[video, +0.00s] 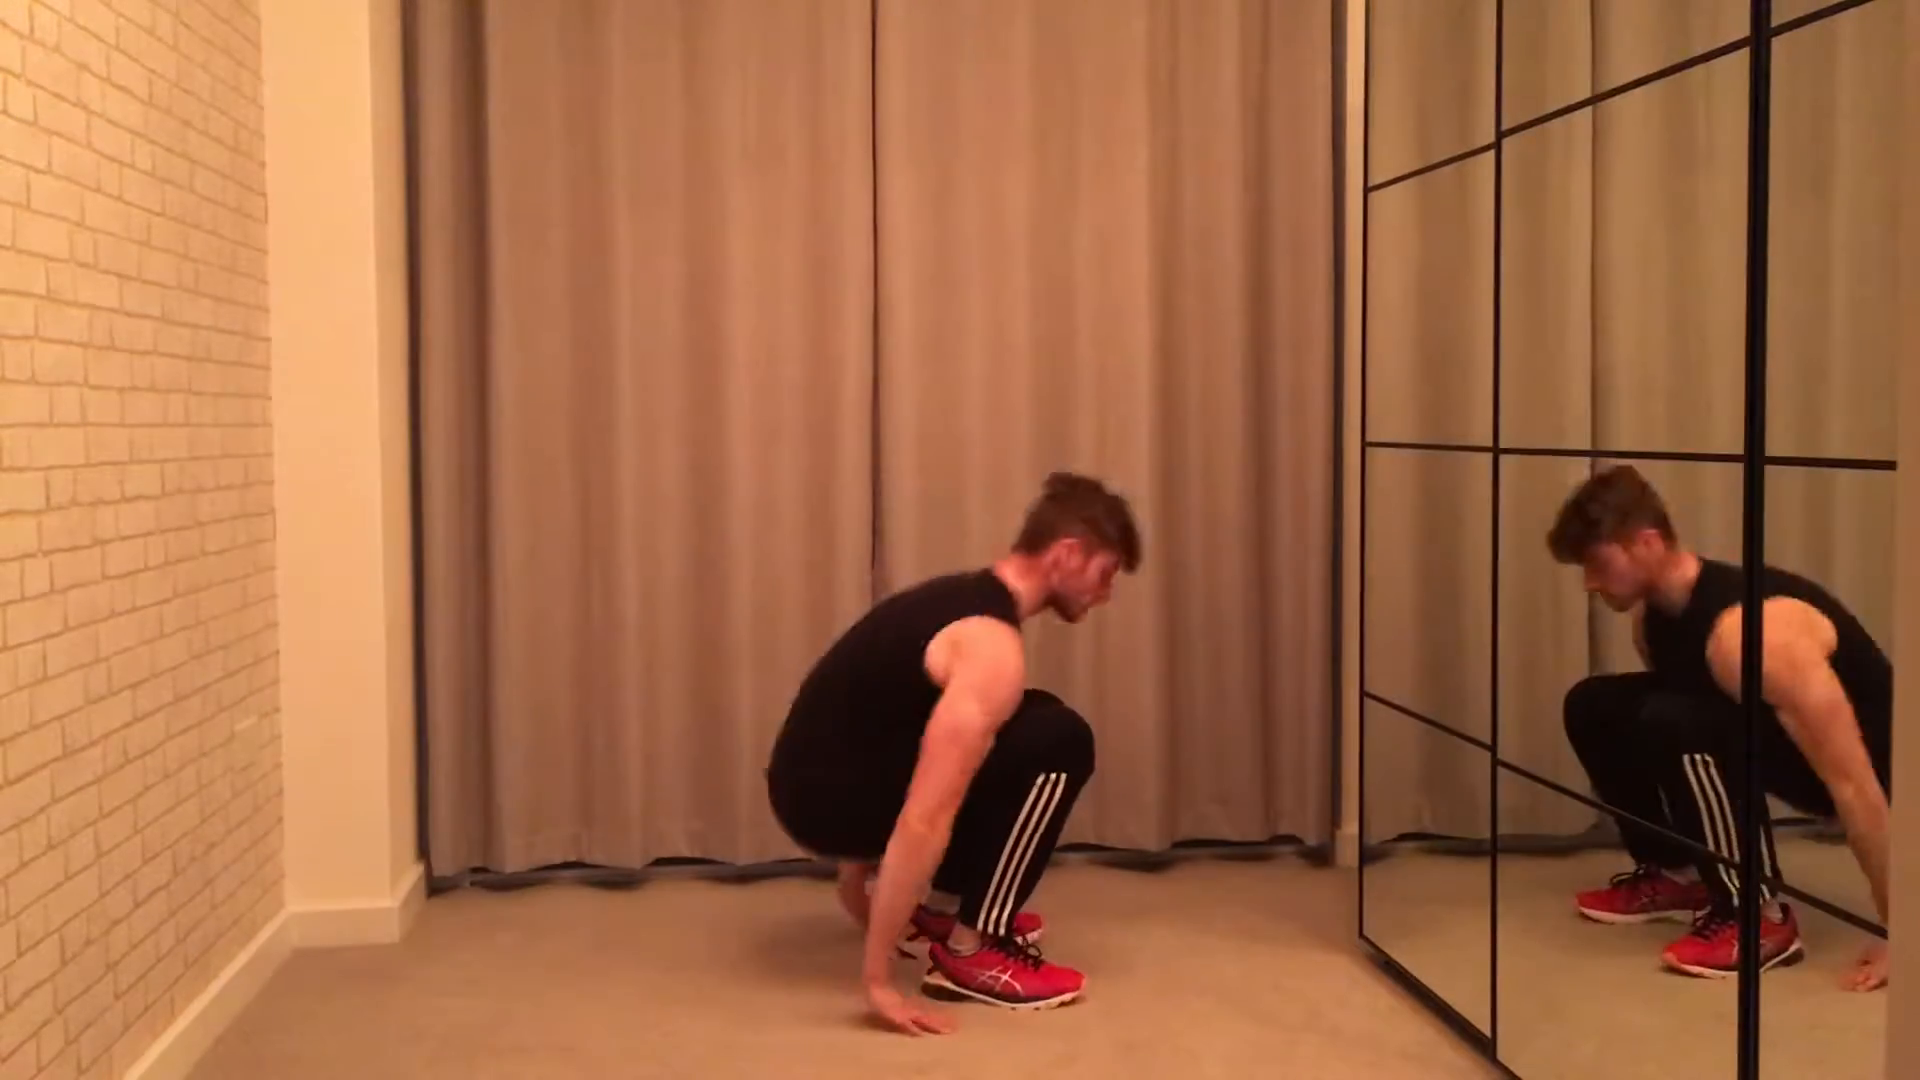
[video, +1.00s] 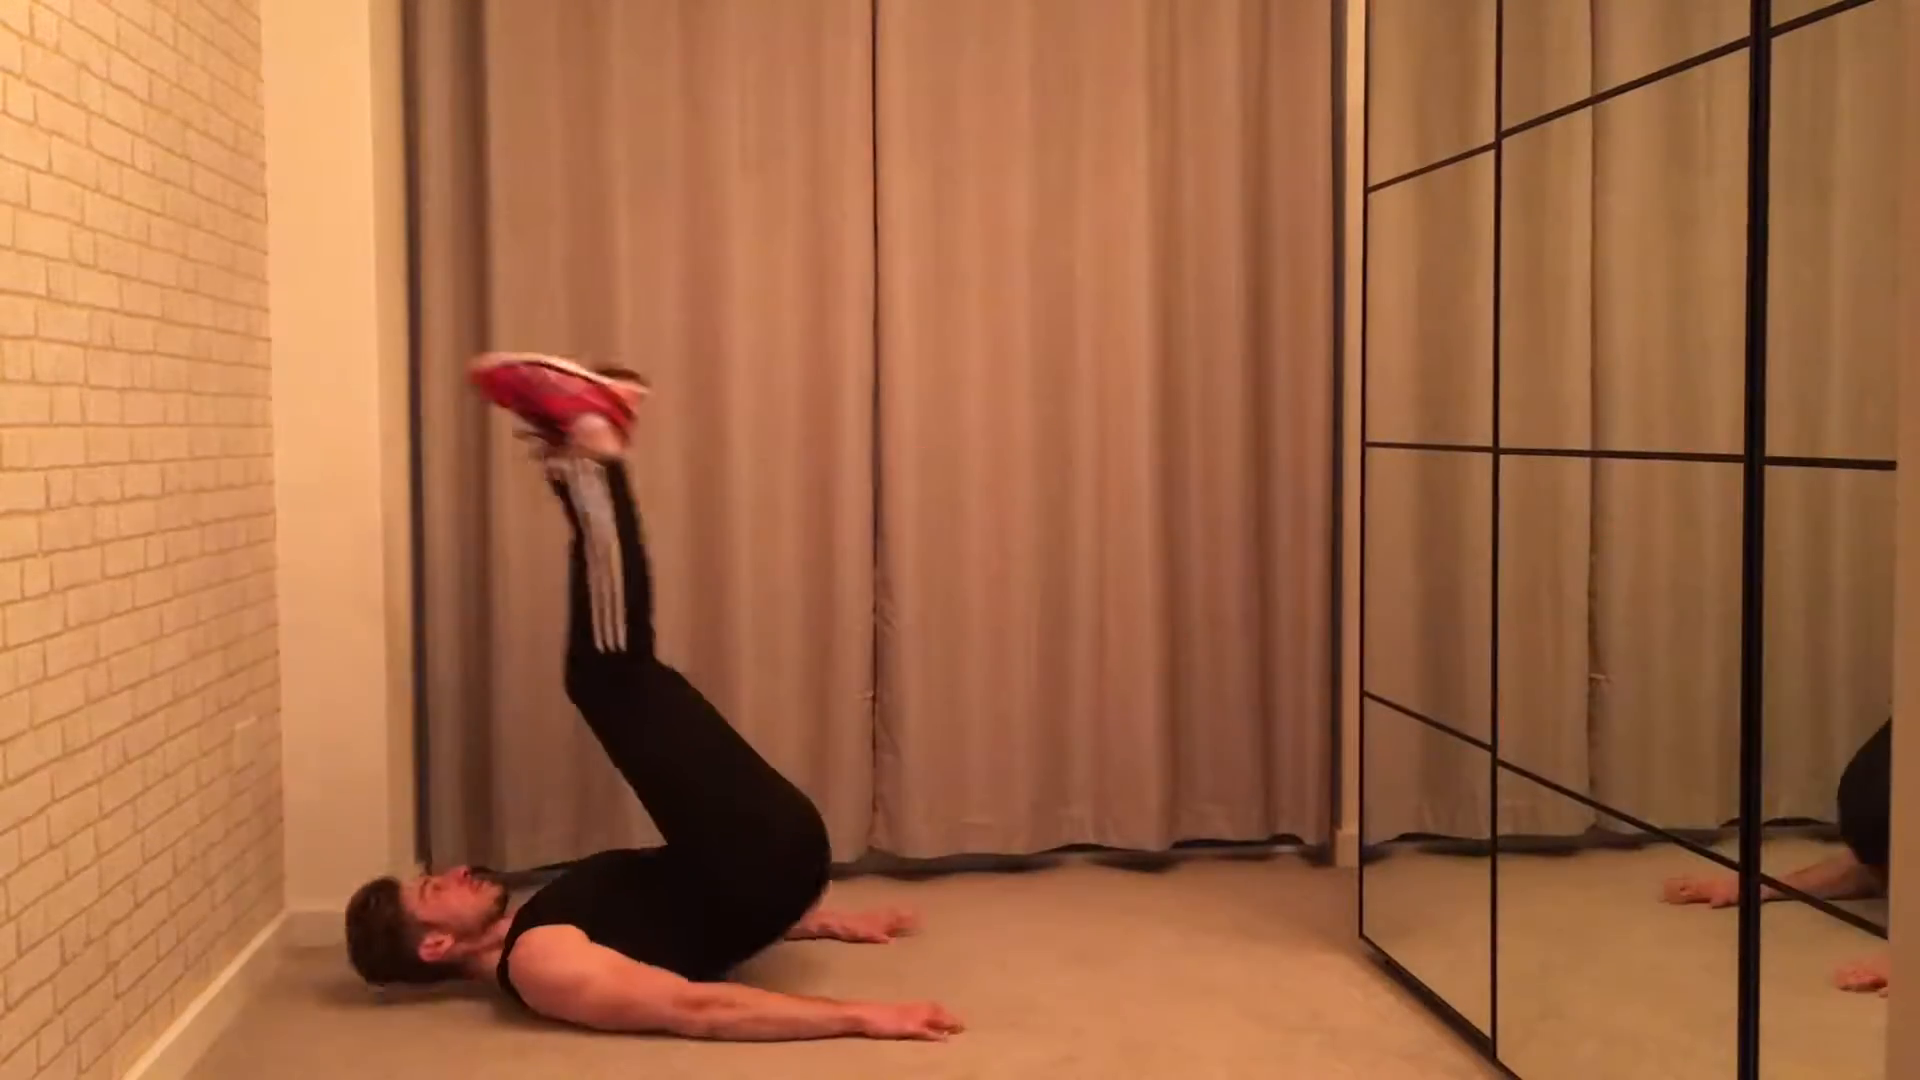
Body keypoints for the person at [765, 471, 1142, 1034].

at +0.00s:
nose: (1106, 594)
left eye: (1115, 577)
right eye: (1108, 573)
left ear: (1061, 554)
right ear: (1066, 555)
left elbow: (882, 719)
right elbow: (926, 818)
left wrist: (856, 869)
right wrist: (877, 981)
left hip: (812, 787)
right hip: (832, 805)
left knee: (1036, 712)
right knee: (1059, 740)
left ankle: (943, 908)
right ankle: (971, 949)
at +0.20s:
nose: (908, 585)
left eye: (908, 565)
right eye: (899, 565)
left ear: (846, 566)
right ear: (850, 566)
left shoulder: (808, 637)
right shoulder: (841, 668)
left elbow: (822, 801)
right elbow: (842, 849)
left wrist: (831, 912)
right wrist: (851, 1006)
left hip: (873, 872)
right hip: (897, 898)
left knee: (1013, 674)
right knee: (1029, 693)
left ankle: (999, 888)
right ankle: (1049, 912)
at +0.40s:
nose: (709, 654)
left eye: (698, 639)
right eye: (687, 649)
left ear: (650, 676)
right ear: (642, 681)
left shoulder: (679, 742)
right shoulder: (687, 764)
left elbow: (728, 914)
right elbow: (723, 929)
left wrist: (828, 998)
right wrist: (839, 1013)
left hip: (843, 924)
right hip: (857, 948)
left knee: (954, 702)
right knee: (970, 721)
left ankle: (1122, 827)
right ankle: (1189, 817)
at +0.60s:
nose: (583, 777)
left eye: (570, 766)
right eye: (561, 778)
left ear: (542, 809)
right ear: (523, 824)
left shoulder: (586, 863)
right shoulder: (586, 896)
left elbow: (688, 986)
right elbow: (682, 1025)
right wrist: (842, 1015)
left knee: (857, 685)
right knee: (869, 693)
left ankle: (1073, 727)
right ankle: (1111, 761)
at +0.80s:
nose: (500, 839)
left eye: (479, 834)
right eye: (477, 849)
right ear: (465, 908)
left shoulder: (555, 898)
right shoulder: (550, 954)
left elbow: (694, 910)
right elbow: (684, 1015)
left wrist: (841, 917)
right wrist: (843, 998)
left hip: (792, 910)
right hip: (807, 933)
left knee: (697, 703)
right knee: (695, 708)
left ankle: (833, 540)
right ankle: (854, 553)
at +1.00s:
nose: (455, 871)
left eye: (432, 873)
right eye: (434, 887)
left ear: (450, 934)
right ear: (441, 949)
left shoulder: (537, 931)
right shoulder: (540, 963)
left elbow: (687, 908)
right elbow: (695, 1010)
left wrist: (826, 923)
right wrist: (862, 1017)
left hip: (757, 862)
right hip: (764, 868)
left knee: (610, 675)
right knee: (605, 677)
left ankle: (584, 455)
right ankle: (587, 454)